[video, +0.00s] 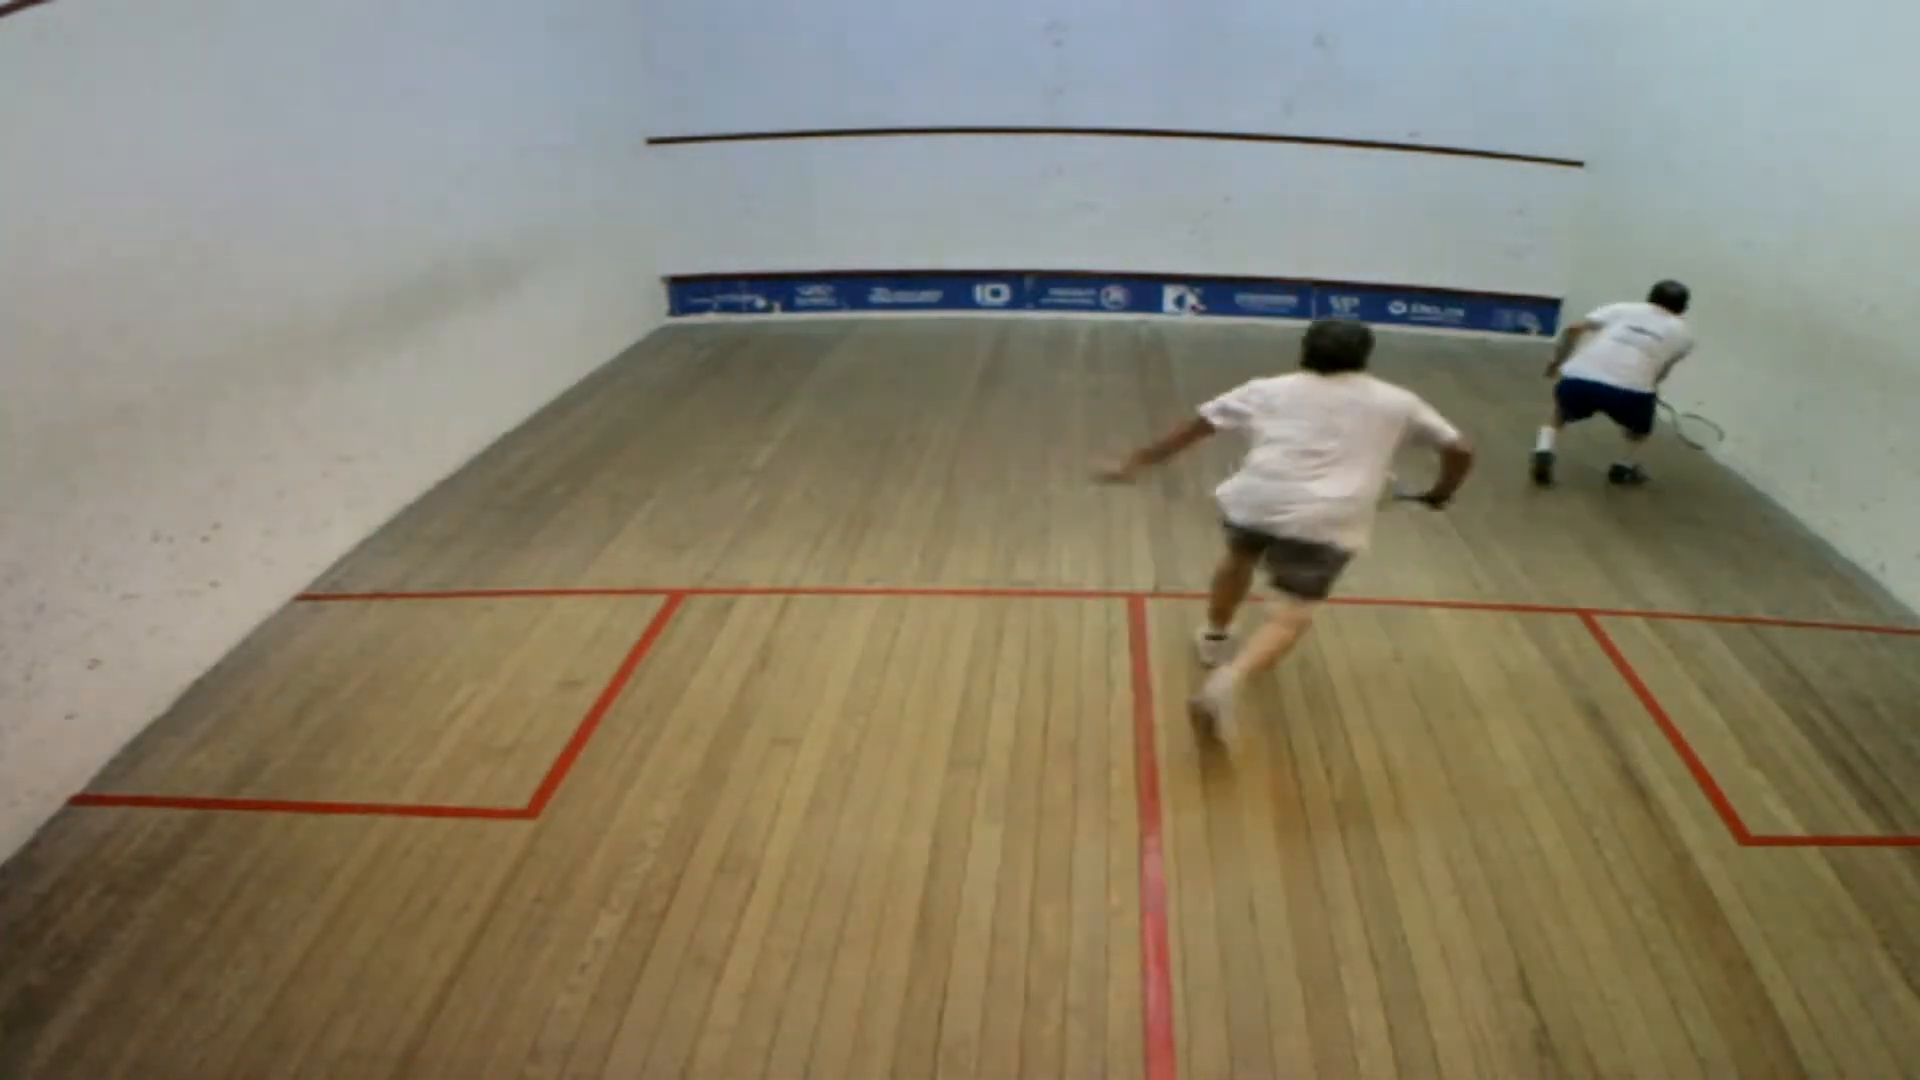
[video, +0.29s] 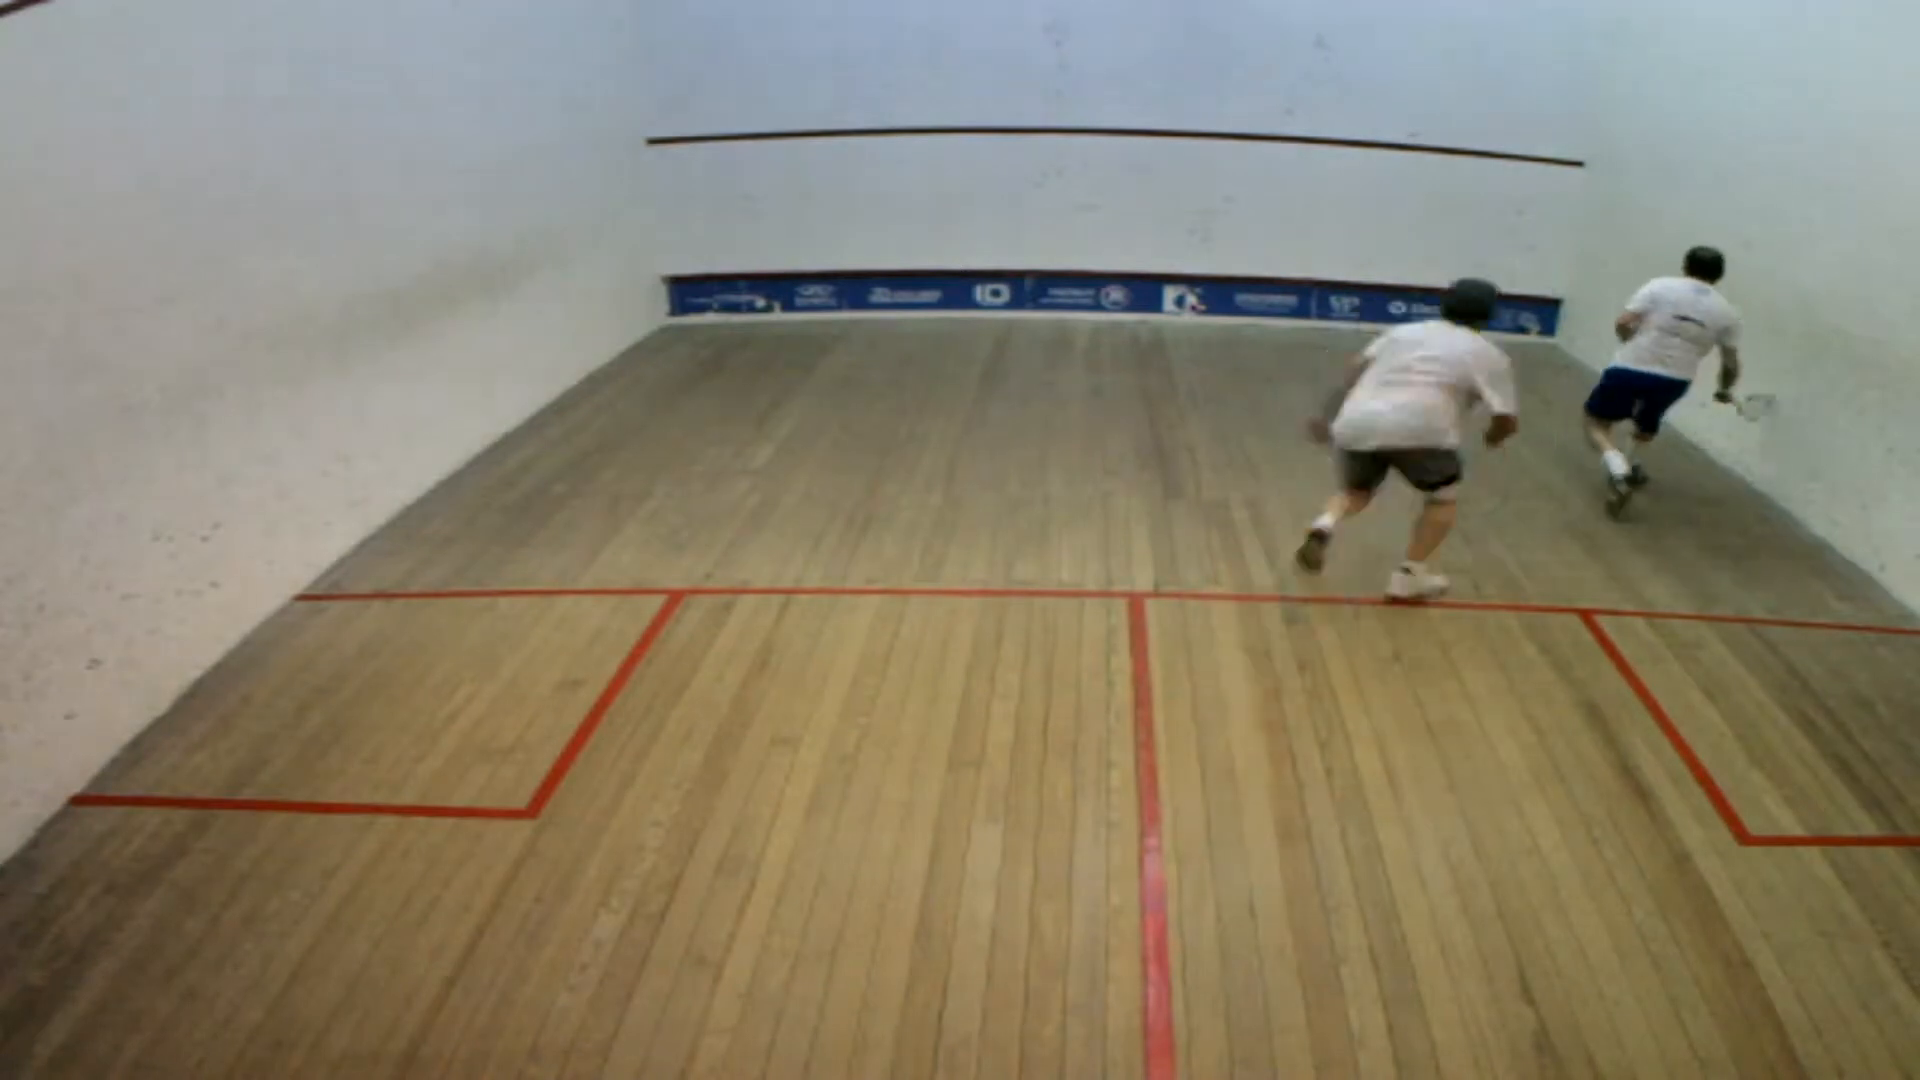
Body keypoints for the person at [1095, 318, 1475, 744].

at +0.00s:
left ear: (1307, 353)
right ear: (1362, 362)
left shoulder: (1274, 390)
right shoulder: (1392, 401)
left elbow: (1199, 425)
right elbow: (1460, 451)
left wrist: (1135, 462)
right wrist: (1441, 495)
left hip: (1254, 509)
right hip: (1325, 530)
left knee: (1237, 562)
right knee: (1289, 619)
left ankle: (1214, 639)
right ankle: (1225, 685)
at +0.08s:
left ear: (1317, 346)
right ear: (1370, 348)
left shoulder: (1288, 381)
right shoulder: (1398, 388)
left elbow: (1232, 432)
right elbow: (1459, 438)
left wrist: (1219, 456)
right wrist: (1458, 488)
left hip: (1280, 491)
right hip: (1354, 509)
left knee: (1246, 550)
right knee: (1321, 584)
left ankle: (1218, 633)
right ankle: (1265, 621)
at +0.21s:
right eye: (1423, 321)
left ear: (1375, 322)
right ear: (1420, 328)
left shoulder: (1347, 352)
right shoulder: (1432, 360)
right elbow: (1483, 416)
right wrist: (1483, 465)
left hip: (1324, 457)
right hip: (1393, 465)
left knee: (1282, 535)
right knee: (1411, 506)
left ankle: (1234, 610)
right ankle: (1378, 579)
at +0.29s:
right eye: (1485, 313)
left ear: (1445, 307)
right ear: (1483, 317)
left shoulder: (1401, 332)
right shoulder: (1486, 354)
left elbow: (1355, 369)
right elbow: (1506, 421)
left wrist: (1327, 416)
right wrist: (1491, 438)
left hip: (1357, 425)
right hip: (1421, 431)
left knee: (1357, 490)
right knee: (1442, 500)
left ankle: (1324, 524)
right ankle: (1410, 572)